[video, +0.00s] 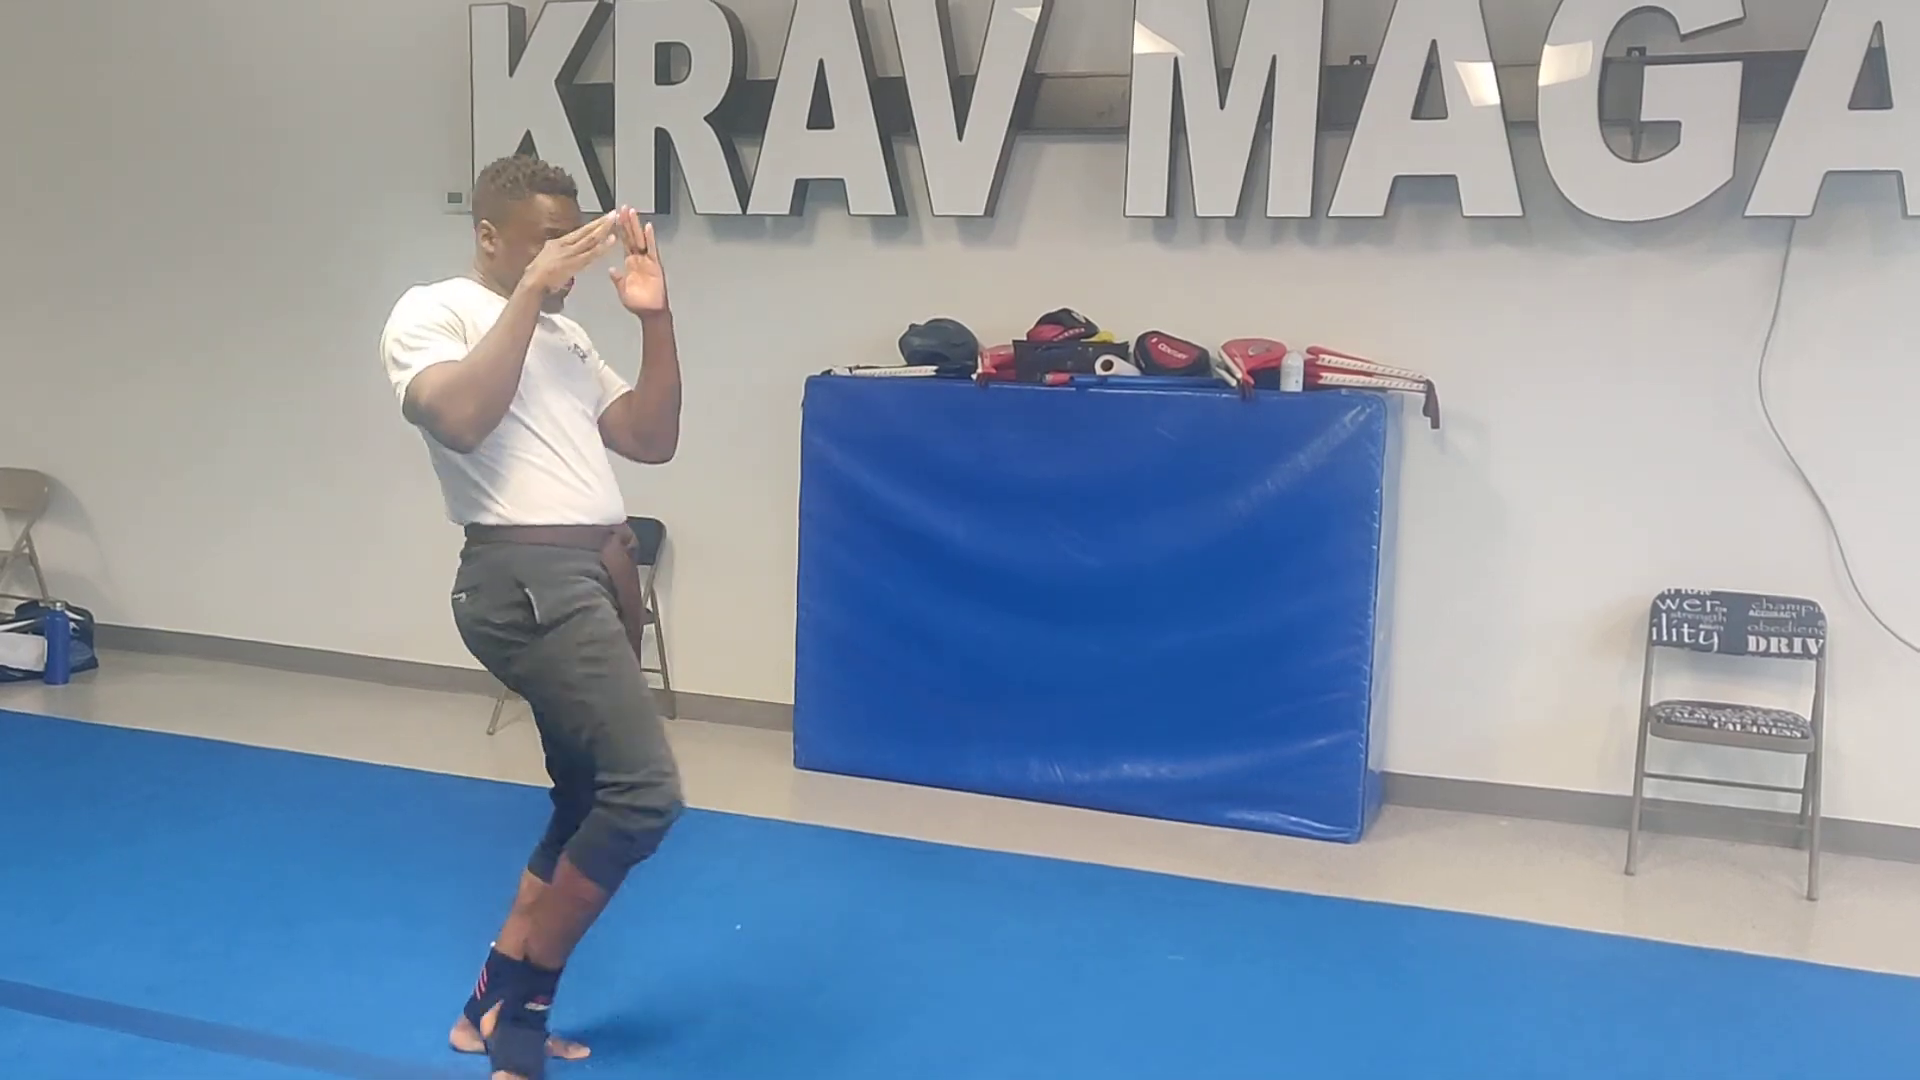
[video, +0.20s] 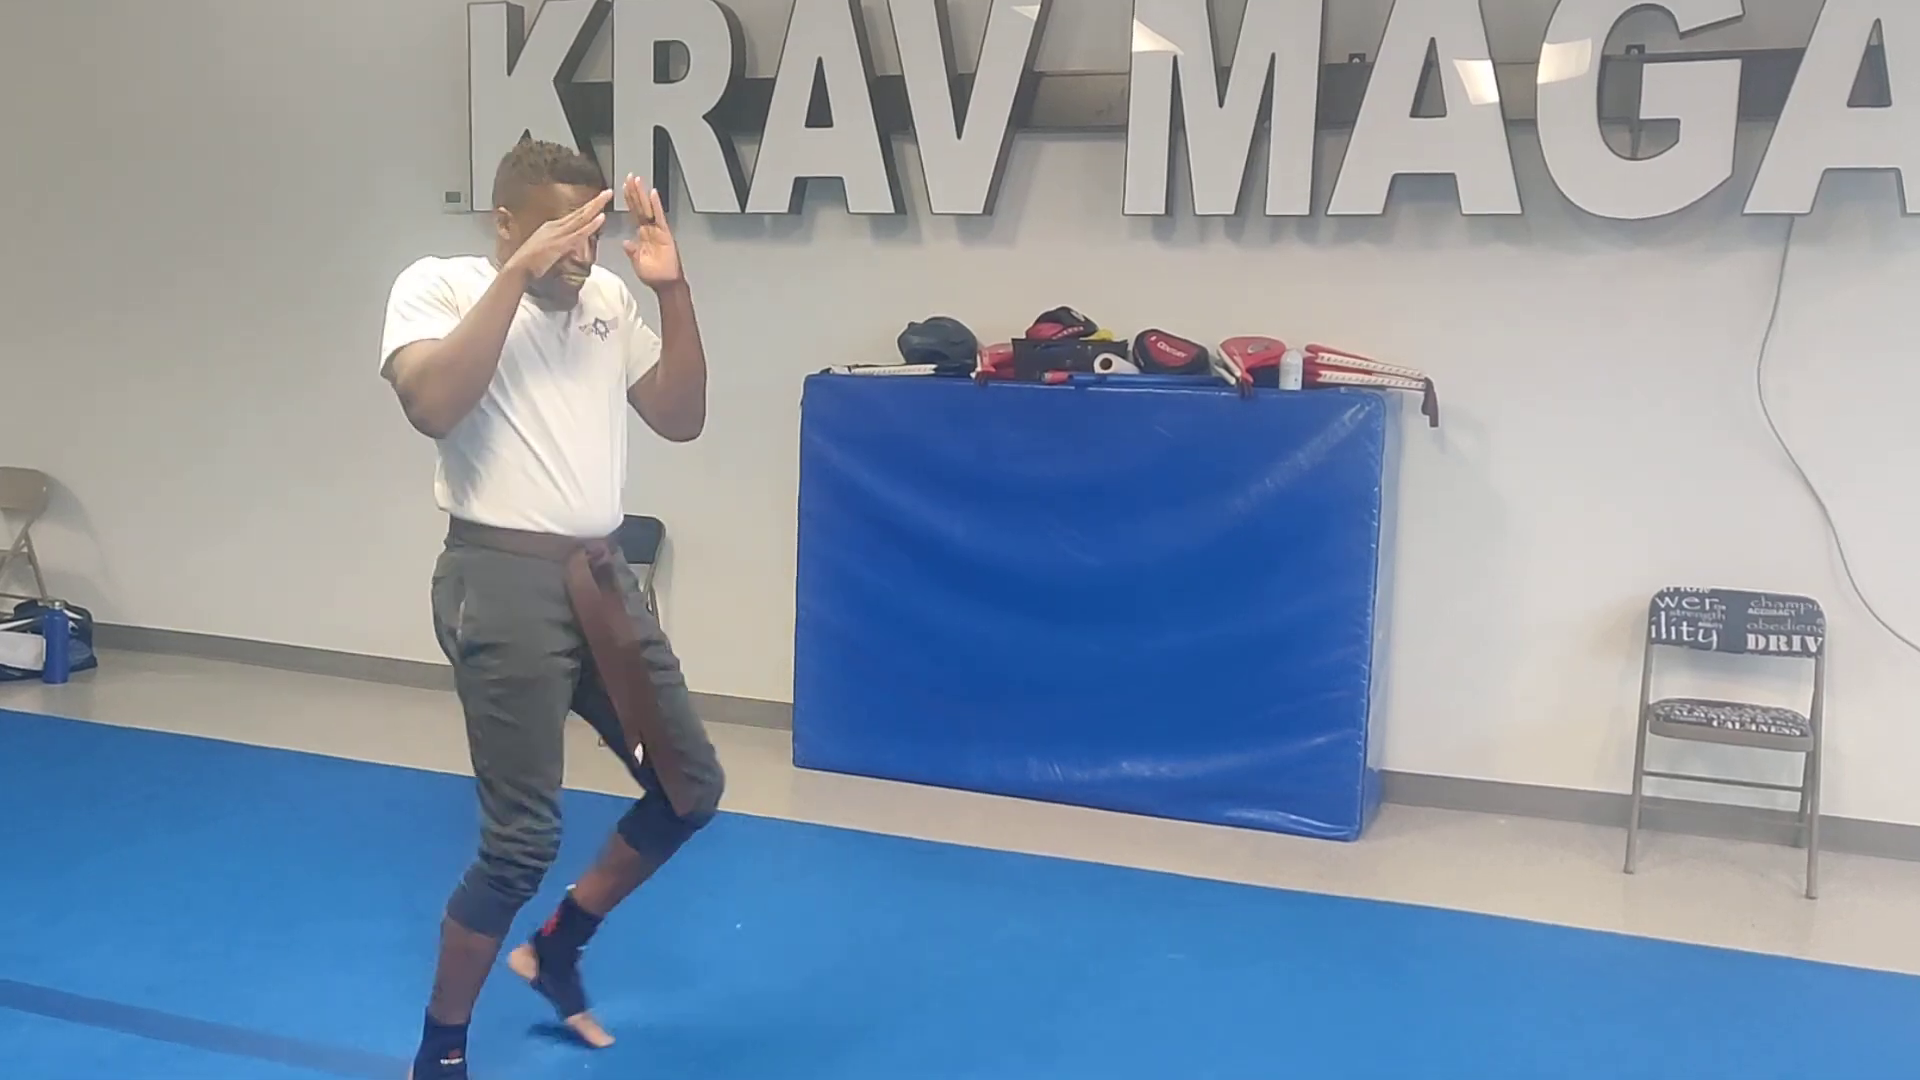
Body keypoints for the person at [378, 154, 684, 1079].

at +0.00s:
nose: (557, 259)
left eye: (567, 242)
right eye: (541, 243)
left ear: (572, 240)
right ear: (484, 234)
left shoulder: (562, 331)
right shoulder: (428, 313)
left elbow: (651, 440)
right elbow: (458, 421)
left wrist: (654, 324)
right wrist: (533, 294)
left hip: (598, 570)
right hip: (528, 575)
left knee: (589, 799)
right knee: (639, 795)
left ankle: (496, 996)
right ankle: (521, 1008)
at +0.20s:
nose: (583, 250)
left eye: (593, 231)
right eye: (564, 231)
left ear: (596, 229)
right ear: (503, 222)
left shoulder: (607, 300)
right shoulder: (437, 286)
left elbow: (679, 419)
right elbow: (433, 407)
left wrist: (671, 292)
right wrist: (514, 273)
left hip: (598, 577)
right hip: (501, 579)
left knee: (688, 789)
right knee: (520, 842)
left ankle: (557, 945)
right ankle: (439, 1058)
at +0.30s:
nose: (580, 276)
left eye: (595, 260)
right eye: (563, 258)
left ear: (609, 246)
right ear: (514, 246)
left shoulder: (621, 315)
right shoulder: (453, 299)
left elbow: (683, 458)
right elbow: (414, 432)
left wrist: (667, 329)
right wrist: (512, 301)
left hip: (605, 587)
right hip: (493, 589)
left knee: (715, 787)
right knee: (514, 859)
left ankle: (679, 960)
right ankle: (441, 1058)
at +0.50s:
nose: (656, 298)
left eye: (664, 282)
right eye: (641, 281)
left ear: (674, 278)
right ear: (586, 269)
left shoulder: (673, 349)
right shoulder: (519, 312)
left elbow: (723, 468)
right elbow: (418, 379)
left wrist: (723, 356)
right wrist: (572, 314)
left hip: (640, 608)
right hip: (541, 606)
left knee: (749, 789)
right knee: (562, 871)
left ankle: (731, 971)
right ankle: (443, 1057)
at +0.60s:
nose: (703, 294)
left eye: (708, 278)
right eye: (694, 275)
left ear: (683, 281)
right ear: (642, 264)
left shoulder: (666, 371)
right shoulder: (584, 329)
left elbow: (708, 459)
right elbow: (537, 310)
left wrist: (744, 359)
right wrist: (691, 288)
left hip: (646, 609)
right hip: (579, 606)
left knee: (747, 777)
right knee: (600, 872)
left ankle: (732, 971)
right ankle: (432, 1055)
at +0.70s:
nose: (708, 283)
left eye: (710, 269)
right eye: (705, 272)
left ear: (625, 258)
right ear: (669, 264)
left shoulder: (560, 327)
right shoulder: (646, 309)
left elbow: (669, 438)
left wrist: (733, 361)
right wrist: (815, 287)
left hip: (564, 597)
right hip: (621, 606)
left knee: (733, 761)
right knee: (622, 871)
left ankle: (735, 971)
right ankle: (421, 1057)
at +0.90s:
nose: (732, 324)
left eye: (732, 308)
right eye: (726, 308)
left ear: (639, 290)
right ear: (679, 292)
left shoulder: (536, 357)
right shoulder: (728, 359)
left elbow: (578, 467)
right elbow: (854, 401)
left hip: (572, 631)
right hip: (659, 636)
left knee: (746, 764)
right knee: (626, 880)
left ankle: (733, 970)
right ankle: (434, 1059)